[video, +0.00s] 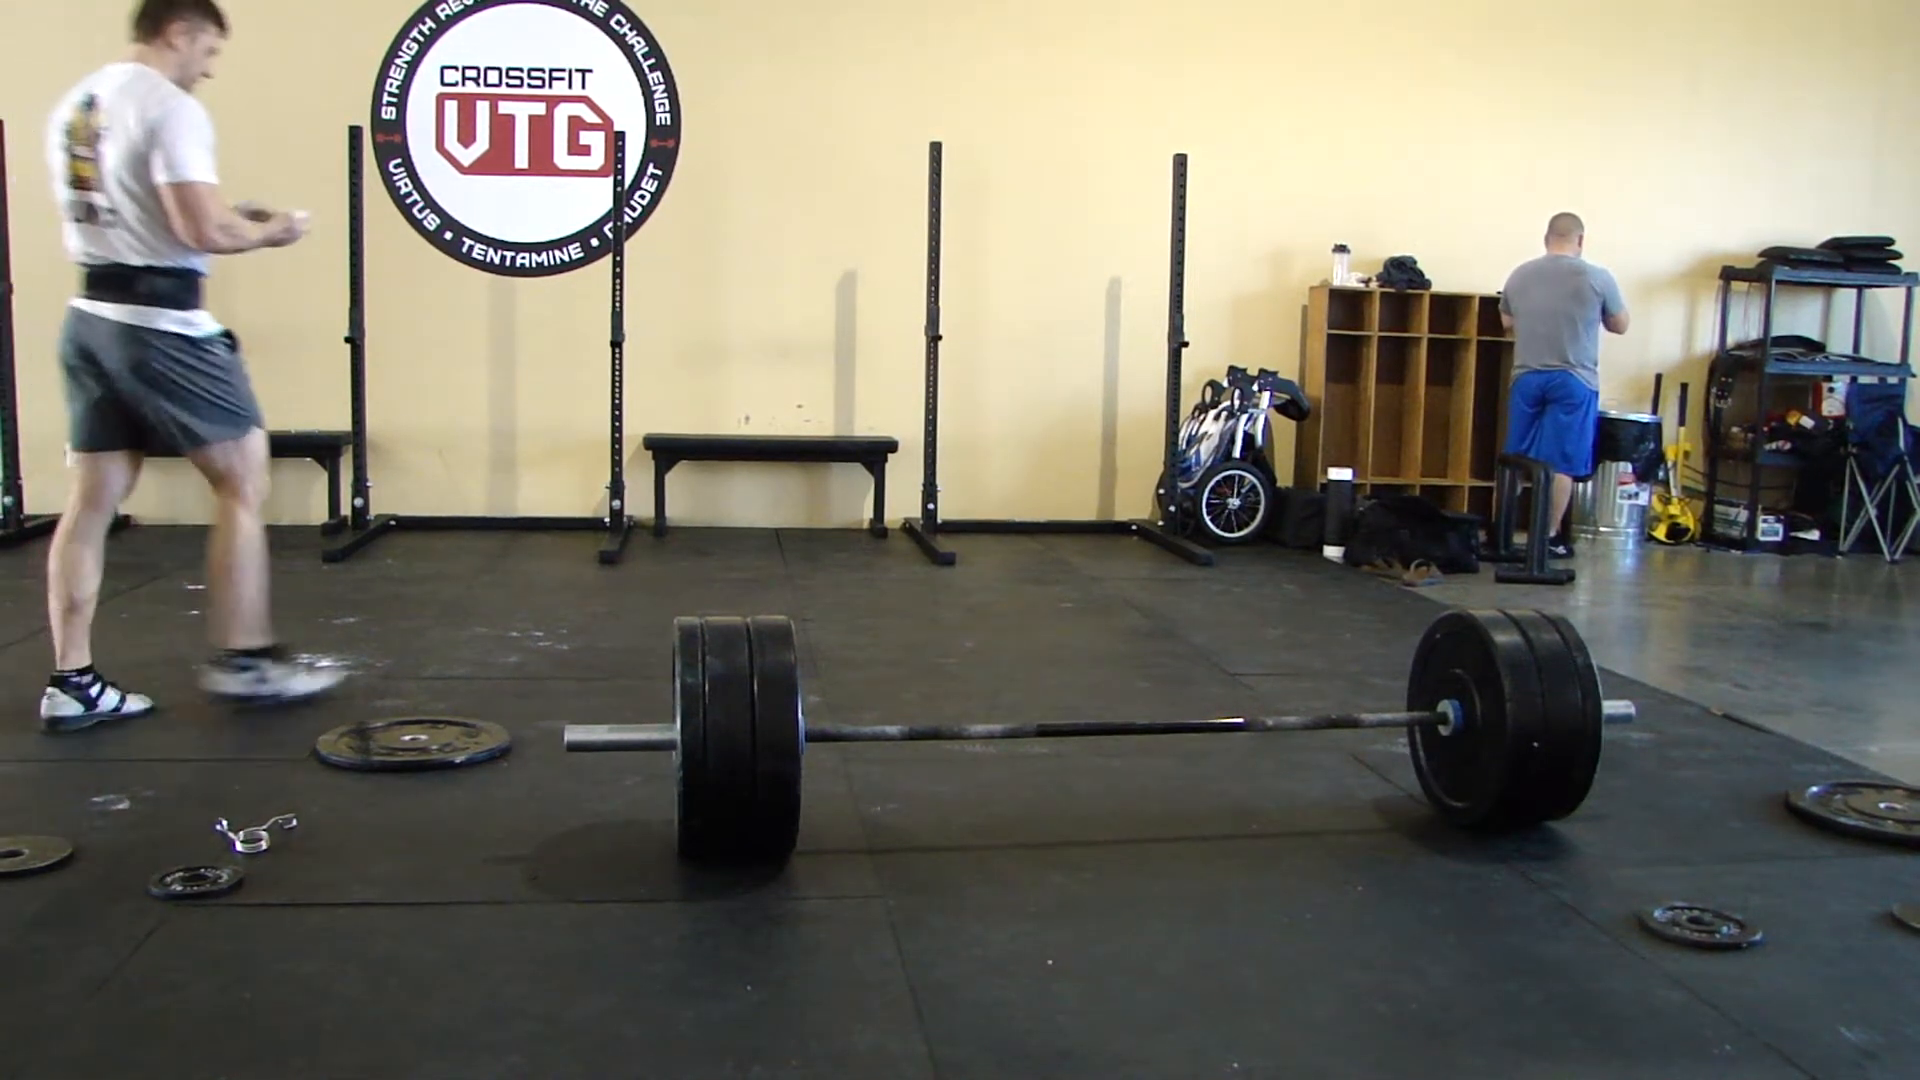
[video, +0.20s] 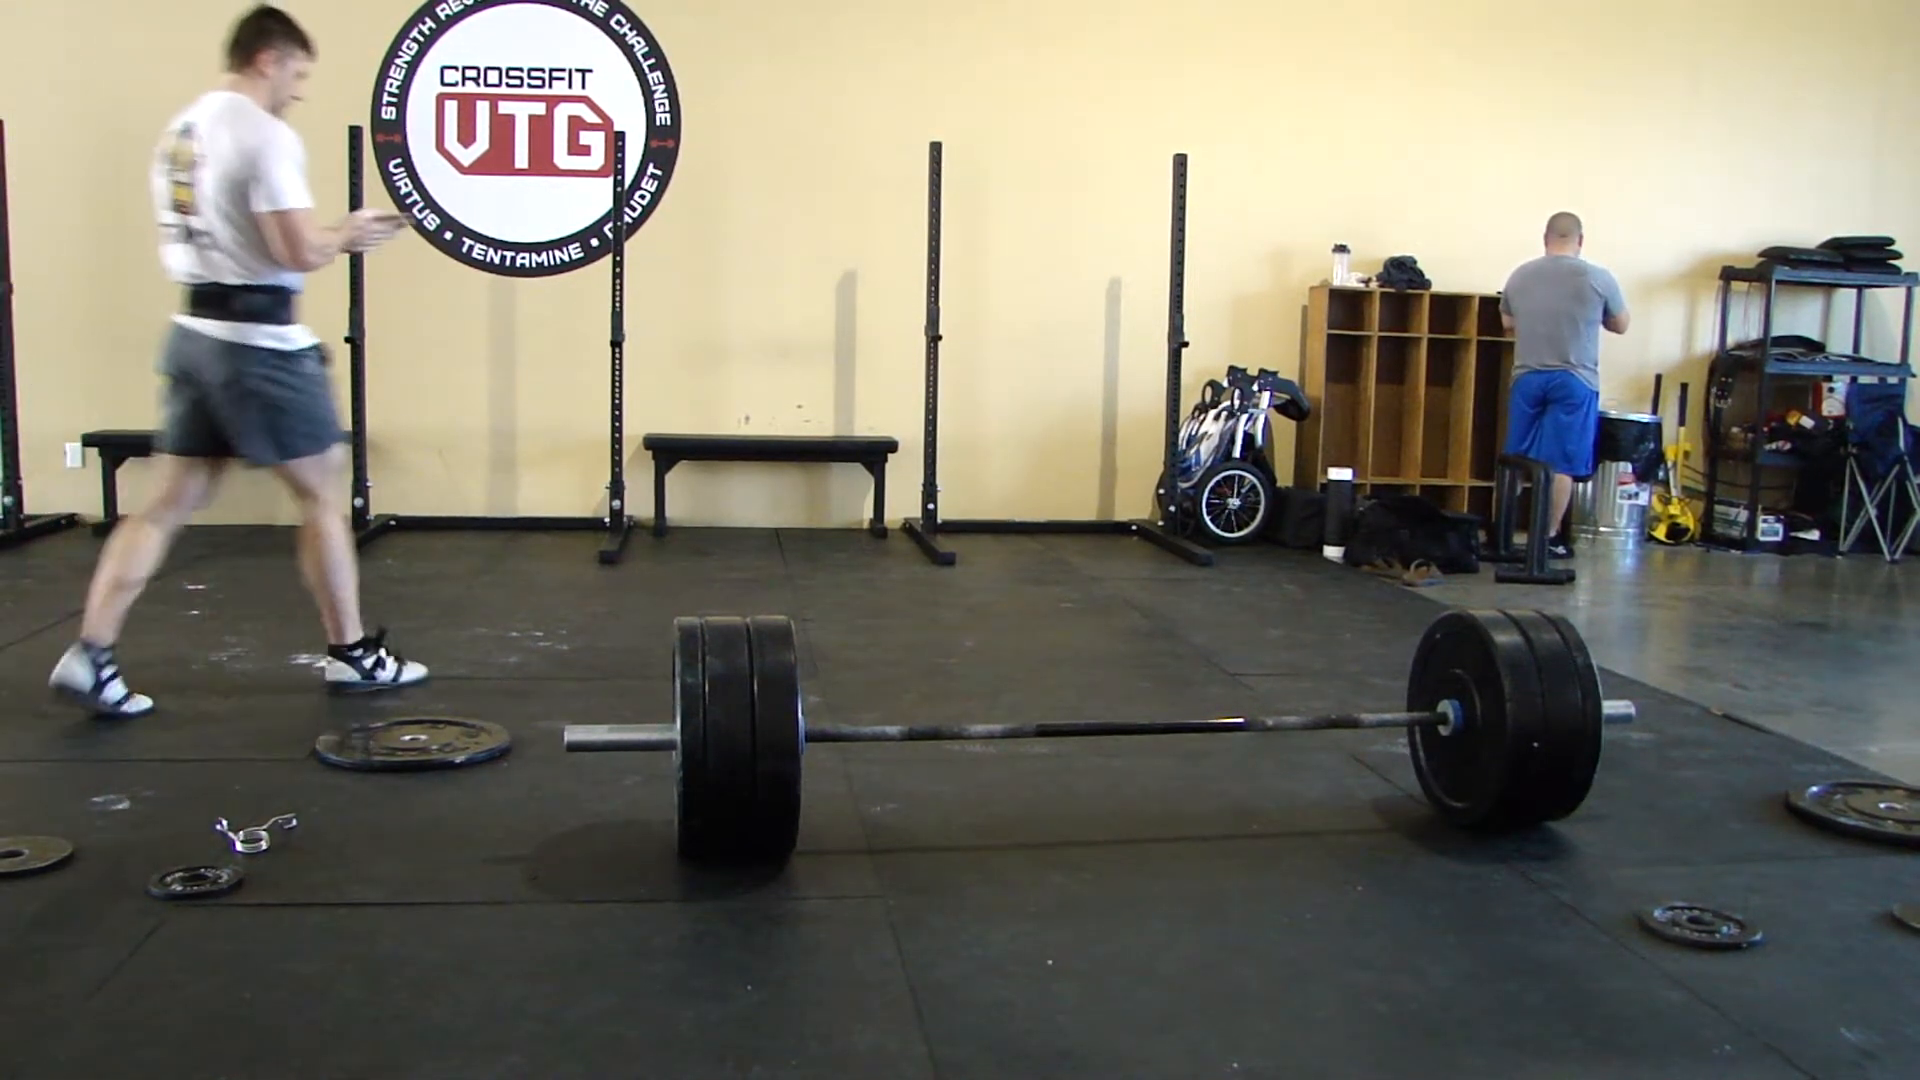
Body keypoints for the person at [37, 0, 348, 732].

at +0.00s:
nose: (211, 69)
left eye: (217, 55)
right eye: (209, 52)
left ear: (156, 32)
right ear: (175, 34)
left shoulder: (75, 102)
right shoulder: (173, 109)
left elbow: (103, 216)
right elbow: (201, 227)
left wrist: (232, 216)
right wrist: (274, 233)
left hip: (93, 322)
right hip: (167, 328)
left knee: (92, 500)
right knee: (242, 484)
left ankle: (71, 680)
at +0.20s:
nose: (302, 90)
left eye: (305, 75)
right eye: (299, 73)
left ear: (249, 61)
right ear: (267, 60)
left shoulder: (185, 125)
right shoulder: (263, 134)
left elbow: (217, 236)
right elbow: (298, 250)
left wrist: (331, 233)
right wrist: (348, 234)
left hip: (196, 341)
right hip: (265, 351)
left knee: (171, 501)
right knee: (324, 496)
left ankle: (91, 653)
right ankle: (352, 653)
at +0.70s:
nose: (484, 103)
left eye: (485, 90)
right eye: (481, 90)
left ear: (432, 84)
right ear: (455, 83)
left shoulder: (382, 145)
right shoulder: (453, 146)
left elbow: (418, 237)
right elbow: (506, 247)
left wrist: (512, 222)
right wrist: (560, 227)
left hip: (403, 335)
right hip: (449, 344)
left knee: (463, 486)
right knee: (412, 497)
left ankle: (510, 606)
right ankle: (356, 644)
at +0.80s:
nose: (519, 112)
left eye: (521, 100)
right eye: (516, 99)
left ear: (464, 94)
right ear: (487, 94)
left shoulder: (425, 152)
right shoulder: (484, 155)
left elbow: (462, 243)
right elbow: (537, 254)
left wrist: (545, 235)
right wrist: (578, 238)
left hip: (449, 338)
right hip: (483, 344)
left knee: (502, 481)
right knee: (463, 492)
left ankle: (530, 612)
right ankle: (373, 625)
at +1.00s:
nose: (581, 109)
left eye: (584, 98)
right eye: (573, 95)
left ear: (536, 93)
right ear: (536, 87)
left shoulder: (509, 140)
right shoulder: (539, 148)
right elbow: (579, 247)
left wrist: (605, 239)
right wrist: (636, 246)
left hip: (515, 328)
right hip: (553, 333)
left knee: (546, 470)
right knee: (606, 472)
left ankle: (534, 608)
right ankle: (493, 566)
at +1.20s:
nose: (644, 110)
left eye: (650, 99)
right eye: (633, 98)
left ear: (649, 99)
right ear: (597, 94)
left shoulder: (608, 156)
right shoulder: (587, 151)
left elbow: (619, 247)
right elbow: (585, 240)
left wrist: (684, 248)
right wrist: (650, 305)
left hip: (581, 323)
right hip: (609, 326)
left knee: (571, 462)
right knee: (672, 456)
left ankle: (535, 606)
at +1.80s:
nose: (822, 108)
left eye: (830, 97)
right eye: (810, 97)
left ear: (836, 101)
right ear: (782, 98)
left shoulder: (824, 165)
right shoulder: (760, 161)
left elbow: (818, 251)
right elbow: (734, 247)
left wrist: (861, 263)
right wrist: (802, 295)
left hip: (831, 336)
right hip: (787, 341)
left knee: (865, 447)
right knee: (791, 470)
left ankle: (830, 583)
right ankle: (775, 613)